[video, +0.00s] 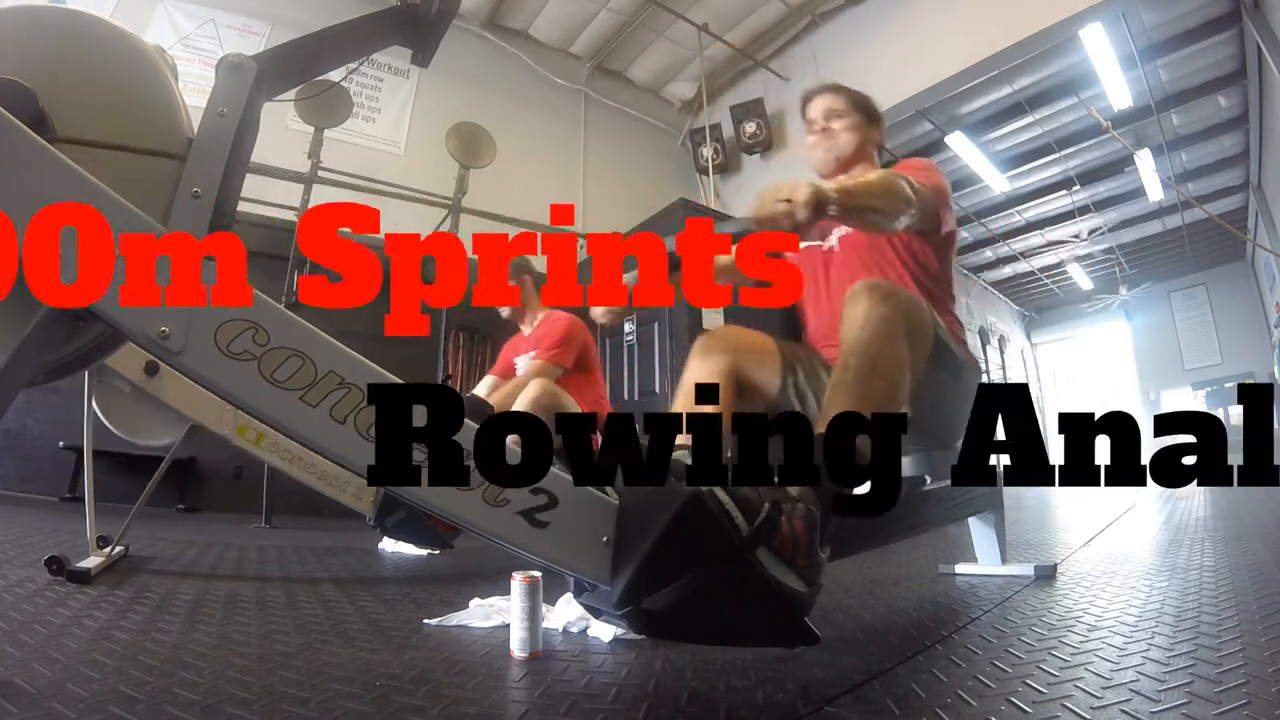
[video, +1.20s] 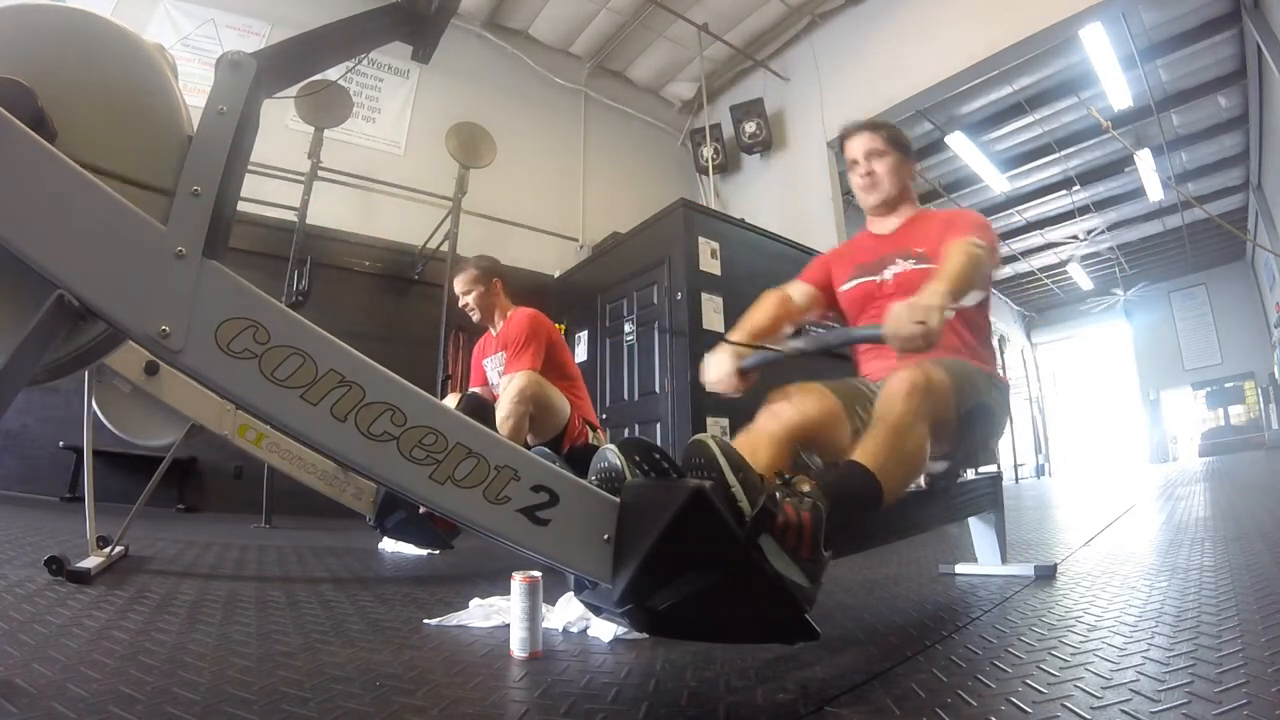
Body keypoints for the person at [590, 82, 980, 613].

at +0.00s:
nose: (819, 131)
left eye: (834, 118)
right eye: (810, 128)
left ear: (873, 129)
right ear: (805, 148)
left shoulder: (917, 173)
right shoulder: (801, 225)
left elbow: (901, 201)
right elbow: (726, 267)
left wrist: (828, 198)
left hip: (932, 386)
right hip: (831, 384)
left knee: (875, 300)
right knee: (715, 348)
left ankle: (812, 506)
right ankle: (677, 510)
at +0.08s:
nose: (839, 142)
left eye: (853, 130)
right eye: (830, 138)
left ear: (888, 141)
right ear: (825, 157)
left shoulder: (931, 182)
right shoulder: (815, 234)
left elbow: (917, 204)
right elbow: (743, 267)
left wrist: (852, 202)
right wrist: (668, 286)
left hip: (940, 374)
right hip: (841, 377)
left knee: (880, 313)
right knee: (730, 357)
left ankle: (816, 505)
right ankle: (683, 492)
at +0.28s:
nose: (883, 176)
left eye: (897, 165)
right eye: (873, 171)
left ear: (927, 173)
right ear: (867, 188)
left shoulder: (965, 215)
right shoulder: (855, 253)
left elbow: (961, 229)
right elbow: (798, 280)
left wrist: (910, 220)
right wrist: (740, 288)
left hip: (958, 381)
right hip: (868, 383)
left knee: (903, 362)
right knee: (768, 395)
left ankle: (809, 511)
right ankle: (683, 497)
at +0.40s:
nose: (902, 191)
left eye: (913, 180)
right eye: (892, 187)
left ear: (940, 189)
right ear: (886, 203)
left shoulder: (977, 235)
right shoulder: (869, 267)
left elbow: (1003, 267)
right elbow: (821, 309)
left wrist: (942, 232)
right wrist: (780, 299)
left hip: (961, 367)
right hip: (877, 378)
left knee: (913, 399)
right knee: (797, 421)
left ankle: (820, 520)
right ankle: (693, 500)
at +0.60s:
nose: (914, 208)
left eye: (925, 197)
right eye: (904, 203)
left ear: (951, 206)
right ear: (897, 220)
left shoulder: (990, 258)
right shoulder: (889, 282)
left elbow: (1047, 317)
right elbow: (853, 356)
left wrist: (1009, 267)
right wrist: (835, 325)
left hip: (962, 374)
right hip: (886, 382)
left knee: (915, 437)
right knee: (822, 445)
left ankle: (820, 529)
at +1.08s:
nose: (883, 182)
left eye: (894, 170)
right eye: (873, 178)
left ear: (925, 179)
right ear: (867, 194)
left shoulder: (970, 235)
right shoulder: (854, 269)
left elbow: (1016, 275)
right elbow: (808, 318)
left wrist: (970, 292)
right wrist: (769, 343)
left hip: (966, 374)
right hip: (882, 385)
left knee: (910, 413)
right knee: (805, 424)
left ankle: (828, 517)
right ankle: (693, 488)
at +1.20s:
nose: (863, 170)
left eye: (876, 157)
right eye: (853, 165)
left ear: (910, 165)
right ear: (847, 182)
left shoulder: (959, 223)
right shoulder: (837, 260)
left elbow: (967, 264)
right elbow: (786, 301)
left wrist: (930, 301)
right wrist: (733, 345)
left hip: (968, 388)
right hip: (879, 395)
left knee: (909, 381)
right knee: (786, 408)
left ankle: (822, 514)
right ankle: (703, 502)